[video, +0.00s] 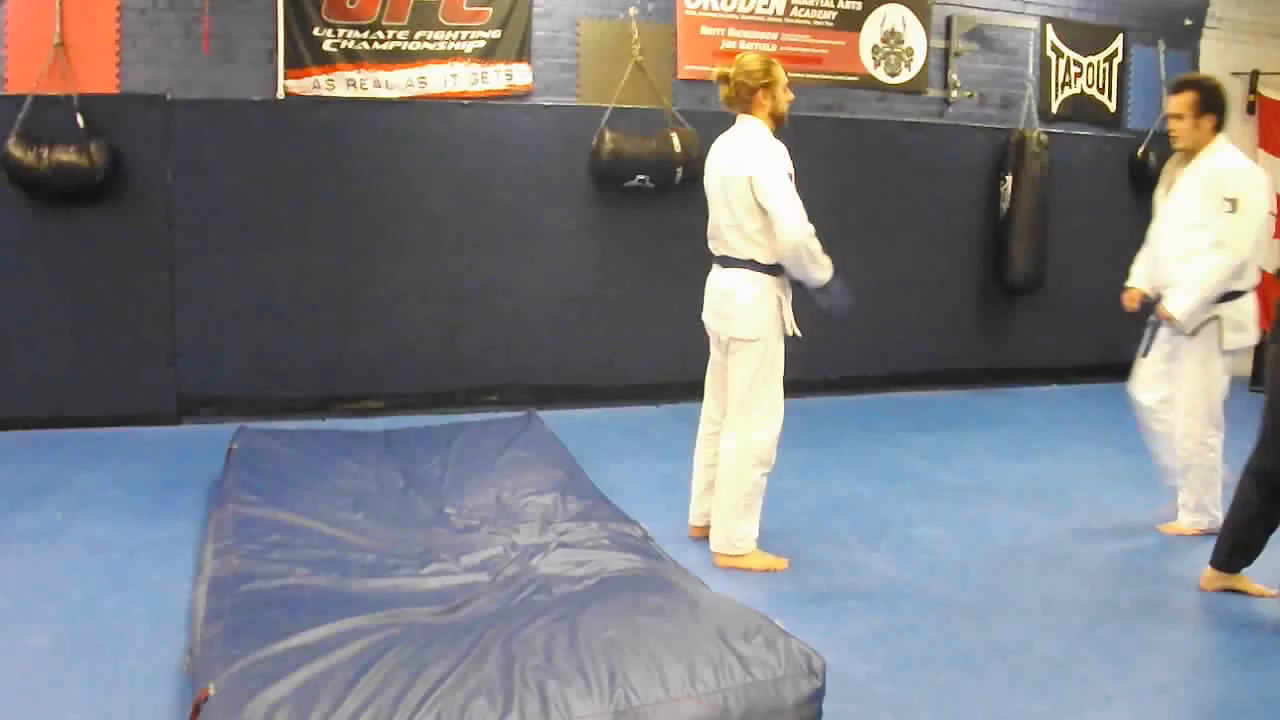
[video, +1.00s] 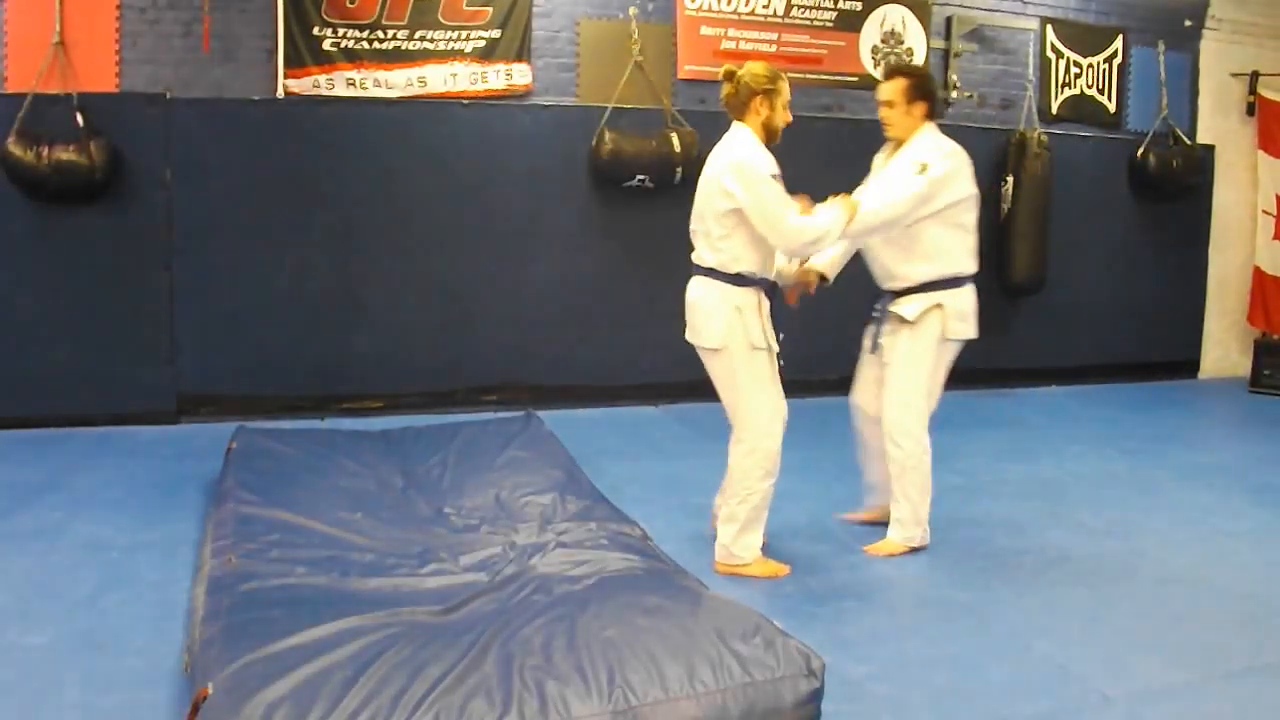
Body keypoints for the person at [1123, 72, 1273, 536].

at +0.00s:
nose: (1171, 126)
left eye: (1180, 117)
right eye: (1168, 117)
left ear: (1209, 120)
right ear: (1174, 120)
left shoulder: (1237, 174)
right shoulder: (1178, 170)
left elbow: (1234, 252)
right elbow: (1160, 234)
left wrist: (1183, 302)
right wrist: (1141, 282)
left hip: (1212, 315)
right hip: (1176, 310)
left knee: (1198, 415)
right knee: (1146, 391)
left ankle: (1201, 514)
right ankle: (1185, 489)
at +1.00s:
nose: (881, 114)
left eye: (890, 105)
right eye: (880, 105)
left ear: (921, 108)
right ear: (887, 108)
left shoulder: (941, 158)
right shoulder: (889, 158)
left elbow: (881, 211)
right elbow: (858, 219)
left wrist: (820, 219)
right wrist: (819, 268)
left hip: (937, 304)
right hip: (899, 302)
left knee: (904, 414)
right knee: (868, 403)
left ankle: (911, 530)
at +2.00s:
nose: (835, 114)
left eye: (844, 105)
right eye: (832, 106)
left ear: (873, 103)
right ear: (834, 107)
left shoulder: (912, 158)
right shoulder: (835, 157)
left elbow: (911, 236)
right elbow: (822, 222)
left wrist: (867, 290)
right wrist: (805, 282)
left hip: (886, 302)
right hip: (836, 297)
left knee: (866, 415)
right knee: (820, 408)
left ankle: (876, 529)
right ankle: (817, 506)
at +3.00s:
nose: (1046, 122)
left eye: (1056, 114)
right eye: (1043, 114)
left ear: (1082, 118)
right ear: (1040, 118)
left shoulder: (1117, 172)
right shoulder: (1028, 172)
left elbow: (1135, 237)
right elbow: (1008, 223)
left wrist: (1094, 289)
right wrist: (1001, 273)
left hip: (1087, 305)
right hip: (1035, 302)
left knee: (1091, 400)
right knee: (1032, 395)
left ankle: (1121, 484)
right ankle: (1035, 478)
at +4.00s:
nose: (951, 120)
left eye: (960, 112)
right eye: (948, 112)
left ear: (988, 116)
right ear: (949, 115)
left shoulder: (1008, 166)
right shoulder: (945, 162)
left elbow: (966, 218)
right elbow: (905, 200)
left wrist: (912, 212)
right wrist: (848, 196)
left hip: (1009, 300)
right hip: (971, 299)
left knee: (964, 394)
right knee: (989, 394)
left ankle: (956, 512)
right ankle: (1012, 482)